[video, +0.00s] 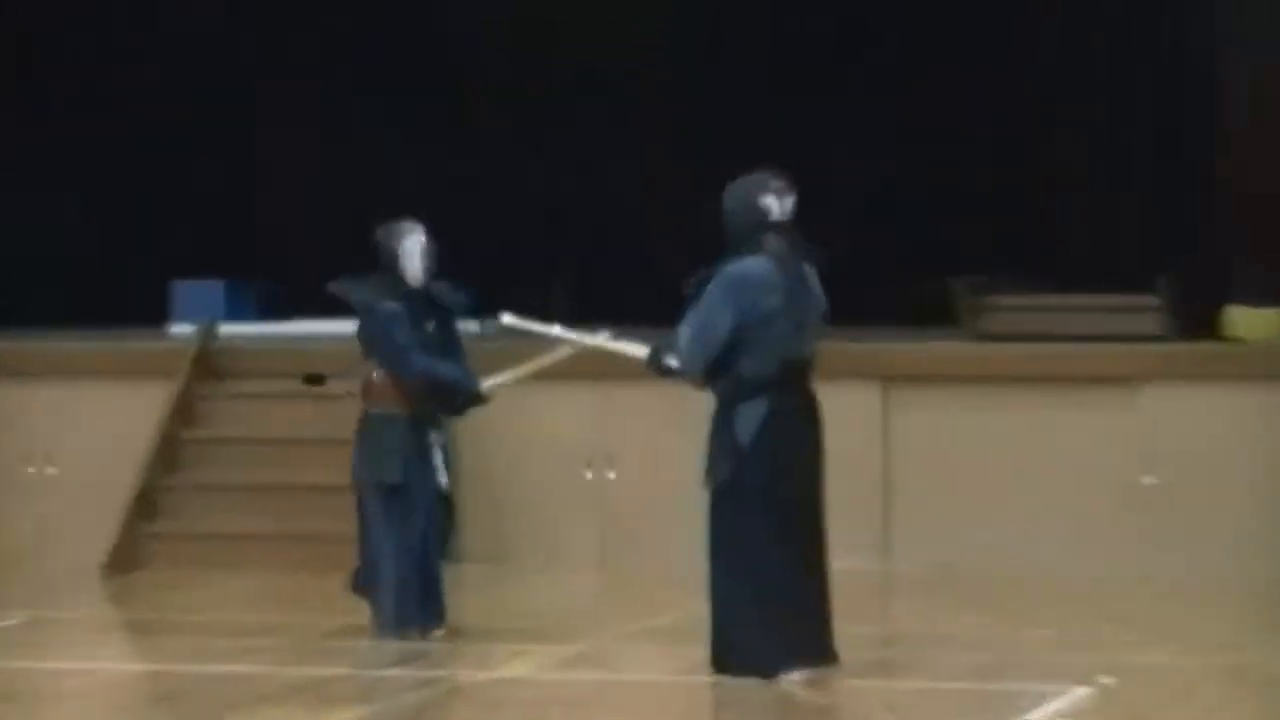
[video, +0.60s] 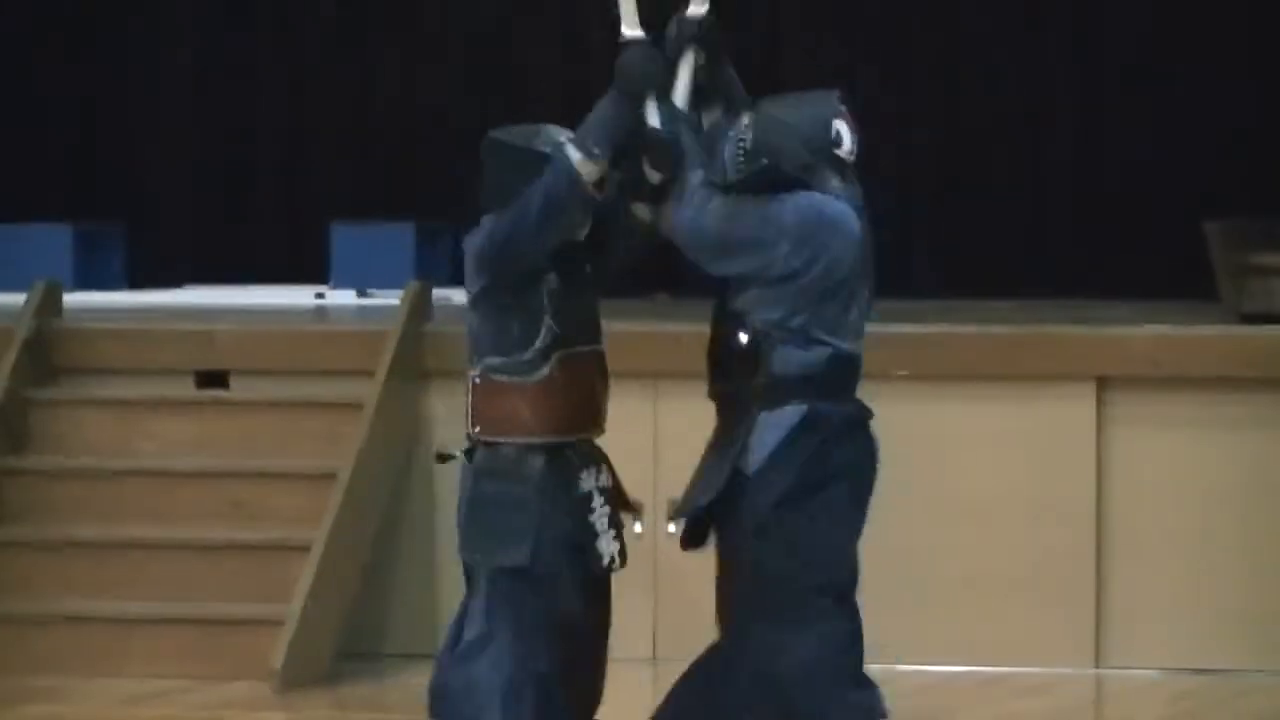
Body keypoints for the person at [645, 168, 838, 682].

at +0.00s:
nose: (731, 225)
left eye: (734, 216)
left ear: (738, 218)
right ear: (783, 216)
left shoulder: (739, 277)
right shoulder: (804, 275)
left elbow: (692, 353)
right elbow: (793, 338)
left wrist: (662, 352)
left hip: (751, 415)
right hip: (799, 408)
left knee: (750, 532)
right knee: (795, 528)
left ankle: (773, 654)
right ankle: (808, 648)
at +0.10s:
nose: (765, 221)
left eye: (771, 212)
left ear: (779, 215)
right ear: (829, 211)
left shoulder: (782, 283)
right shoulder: (855, 280)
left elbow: (729, 369)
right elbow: (819, 348)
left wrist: (698, 358)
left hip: (792, 440)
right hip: (846, 435)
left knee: (784, 574)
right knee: (845, 567)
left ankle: (790, 699)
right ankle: (858, 692)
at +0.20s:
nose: (810, 215)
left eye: (818, 205)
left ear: (831, 210)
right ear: (882, 208)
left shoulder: (830, 287)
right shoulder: (907, 283)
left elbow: (761, 382)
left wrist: (731, 335)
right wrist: (768, 319)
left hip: (830, 467)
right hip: (891, 460)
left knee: (814, 614)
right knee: (895, 606)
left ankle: (832, 710)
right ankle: (902, 708)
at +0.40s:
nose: (797, 153)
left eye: (808, 141)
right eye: (803, 140)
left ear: (829, 152)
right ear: (876, 156)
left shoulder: (825, 224)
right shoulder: (884, 230)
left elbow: (715, 280)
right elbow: (772, 248)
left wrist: (674, 221)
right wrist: (710, 223)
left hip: (835, 458)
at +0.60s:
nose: (745, 159)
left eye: (756, 146)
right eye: (745, 146)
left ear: (787, 155)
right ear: (818, 152)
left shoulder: (818, 221)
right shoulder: (817, 214)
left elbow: (693, 224)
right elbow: (734, 158)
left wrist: (687, 139)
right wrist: (711, 80)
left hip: (802, 438)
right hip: (780, 430)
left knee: (794, 628)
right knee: (763, 624)